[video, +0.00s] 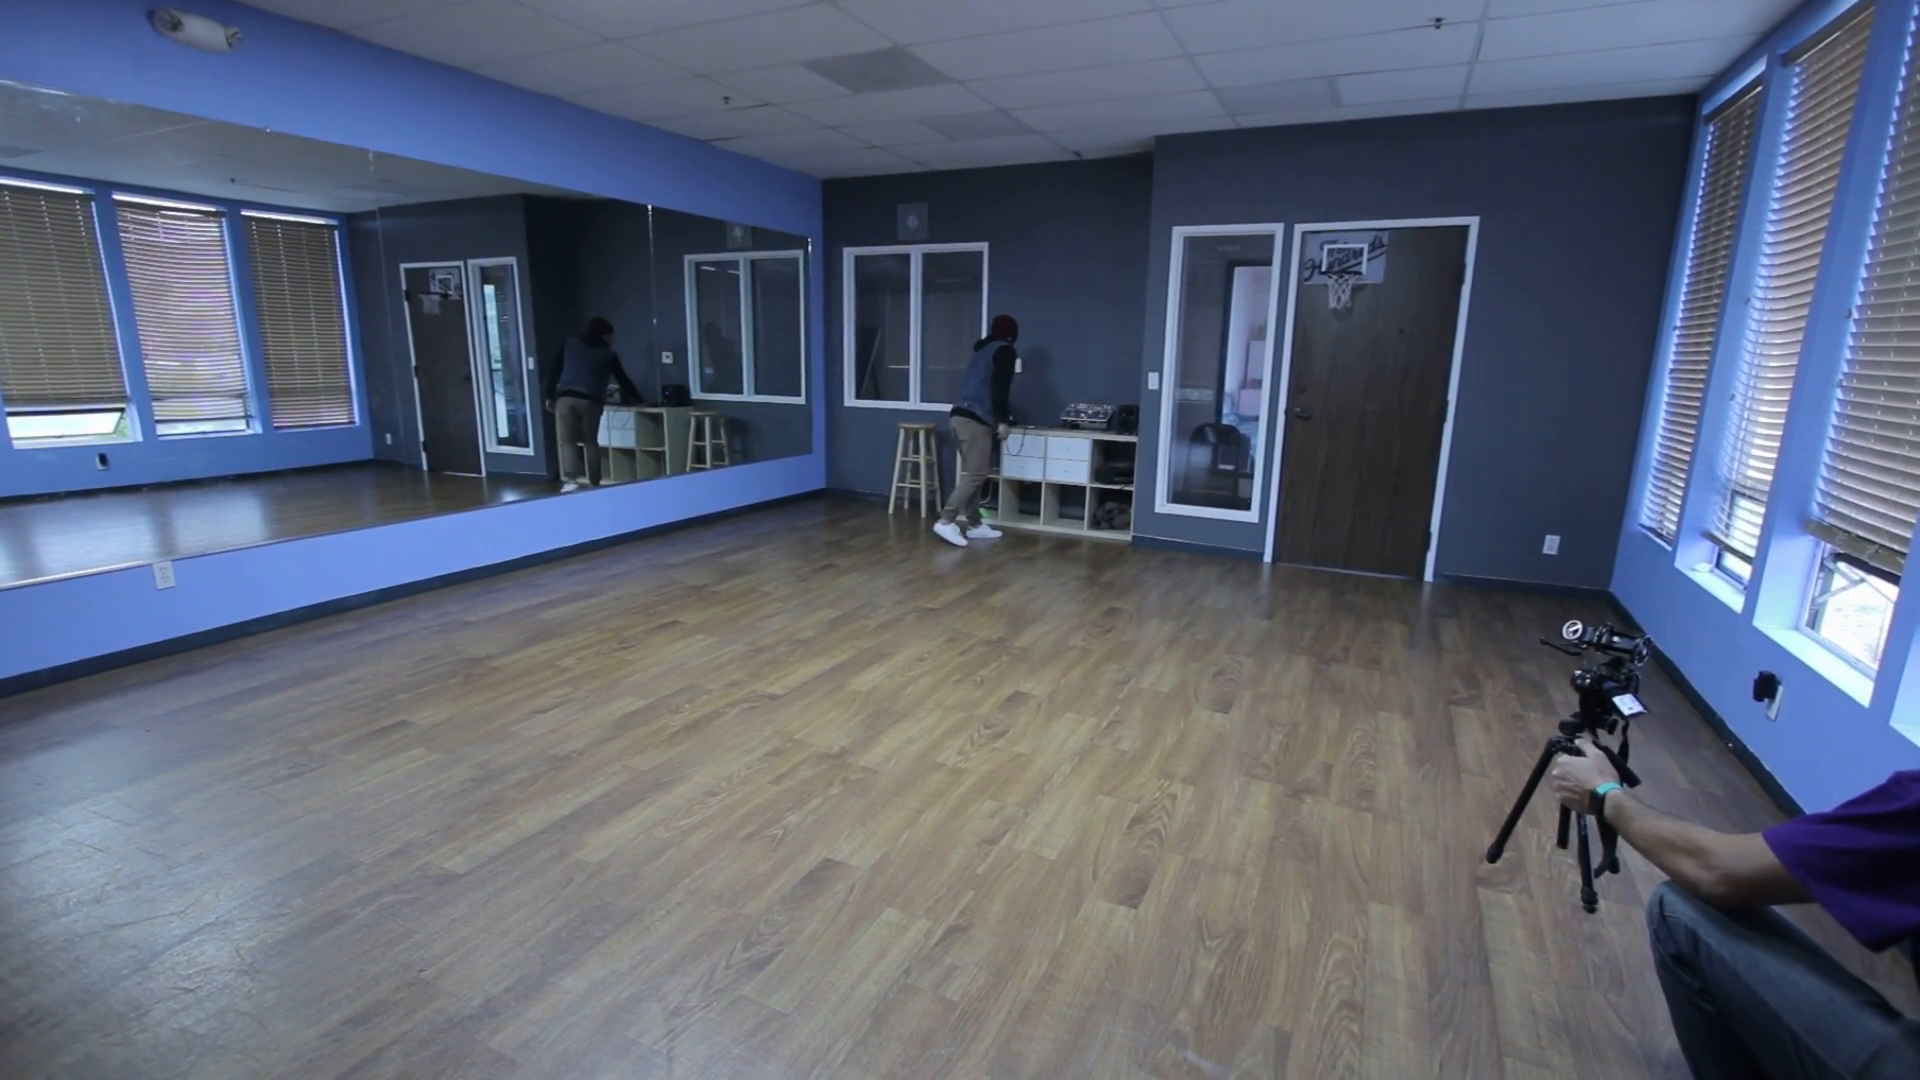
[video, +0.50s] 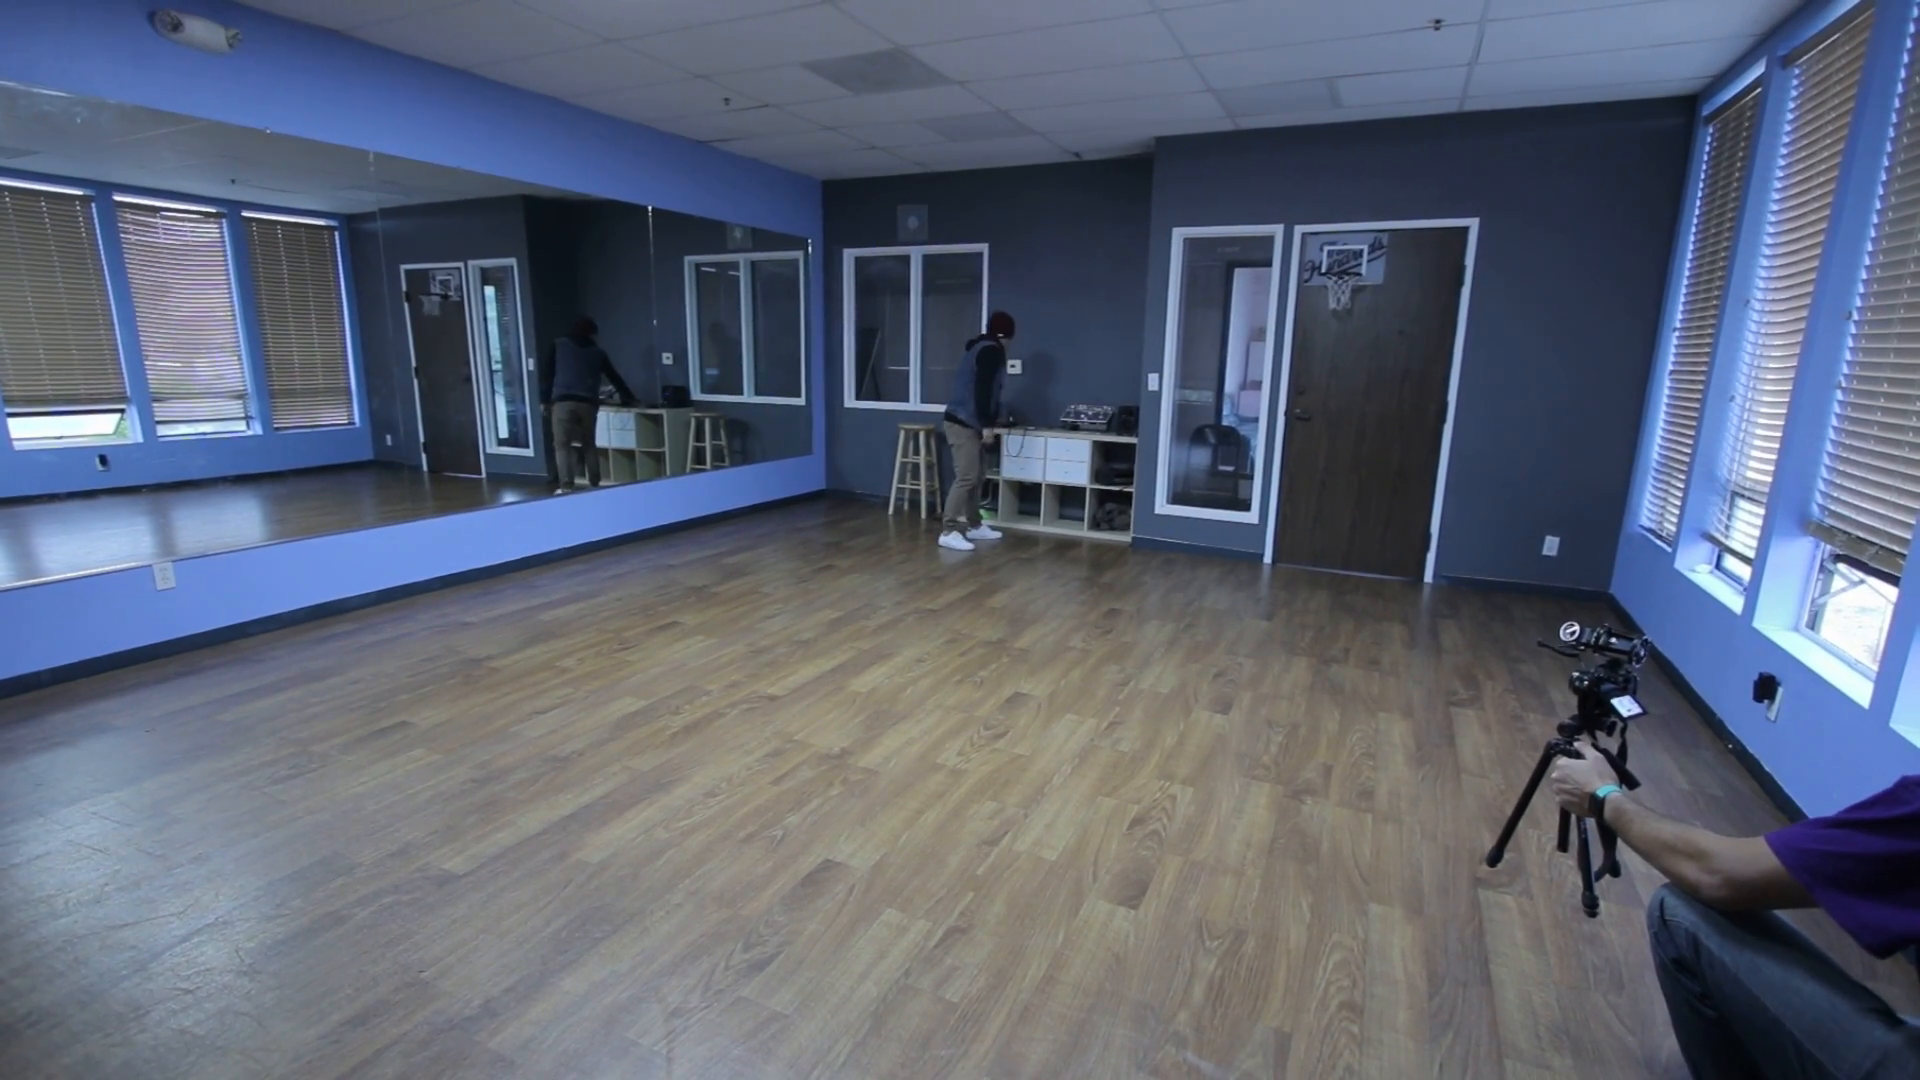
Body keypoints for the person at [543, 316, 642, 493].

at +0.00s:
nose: (611, 338)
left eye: (611, 335)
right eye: (610, 335)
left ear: (587, 330)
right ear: (606, 335)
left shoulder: (570, 344)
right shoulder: (608, 353)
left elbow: (555, 370)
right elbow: (623, 380)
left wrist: (550, 396)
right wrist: (638, 399)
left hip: (566, 399)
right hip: (590, 401)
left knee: (566, 441)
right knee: (590, 441)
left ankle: (569, 481)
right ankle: (594, 482)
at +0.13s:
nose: (609, 340)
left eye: (609, 337)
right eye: (608, 337)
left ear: (586, 331)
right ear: (604, 336)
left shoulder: (569, 346)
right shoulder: (607, 354)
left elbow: (554, 373)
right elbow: (623, 381)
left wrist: (549, 399)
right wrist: (639, 400)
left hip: (566, 401)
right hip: (591, 403)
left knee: (569, 443)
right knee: (591, 443)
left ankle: (573, 483)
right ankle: (594, 484)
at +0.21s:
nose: (607, 339)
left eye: (606, 336)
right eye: (606, 336)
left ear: (584, 331)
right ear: (602, 335)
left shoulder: (568, 346)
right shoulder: (605, 354)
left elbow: (553, 373)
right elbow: (622, 379)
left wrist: (549, 399)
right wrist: (638, 399)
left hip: (566, 401)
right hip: (590, 402)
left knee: (569, 442)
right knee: (591, 442)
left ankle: (573, 482)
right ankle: (594, 483)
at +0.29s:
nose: (604, 338)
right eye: (602, 335)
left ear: (580, 330)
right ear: (600, 334)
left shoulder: (565, 345)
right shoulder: (603, 353)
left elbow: (552, 374)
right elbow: (621, 378)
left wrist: (548, 400)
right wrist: (638, 398)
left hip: (566, 400)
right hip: (590, 402)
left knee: (566, 442)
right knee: (590, 442)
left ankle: (570, 482)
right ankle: (593, 483)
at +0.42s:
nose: (599, 337)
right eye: (598, 334)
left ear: (577, 330)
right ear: (596, 334)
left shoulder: (562, 345)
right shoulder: (599, 352)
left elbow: (549, 373)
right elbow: (618, 377)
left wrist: (546, 400)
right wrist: (634, 398)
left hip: (564, 402)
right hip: (588, 402)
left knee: (563, 444)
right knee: (589, 444)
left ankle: (566, 485)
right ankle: (594, 484)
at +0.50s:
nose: (594, 336)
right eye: (593, 333)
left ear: (573, 329)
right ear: (593, 333)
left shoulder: (558, 345)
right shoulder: (597, 352)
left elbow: (547, 373)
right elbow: (614, 378)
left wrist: (544, 400)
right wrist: (628, 399)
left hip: (563, 401)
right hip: (588, 402)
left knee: (562, 444)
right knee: (589, 444)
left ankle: (566, 485)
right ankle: (594, 484)